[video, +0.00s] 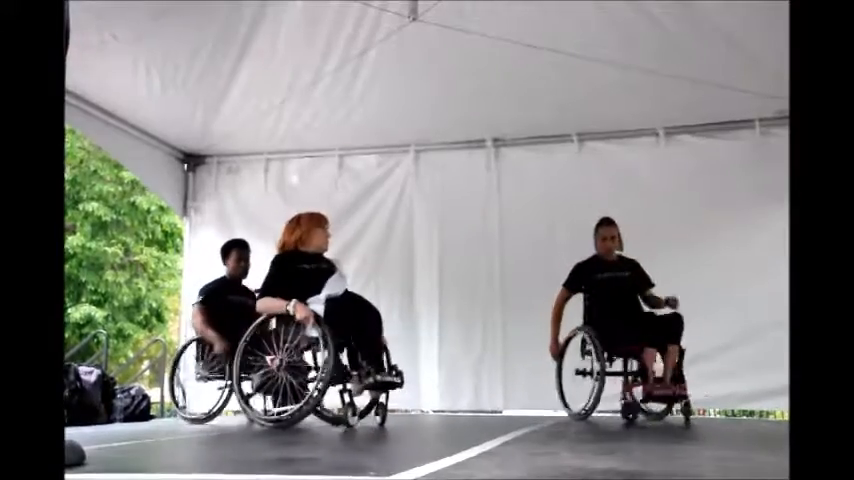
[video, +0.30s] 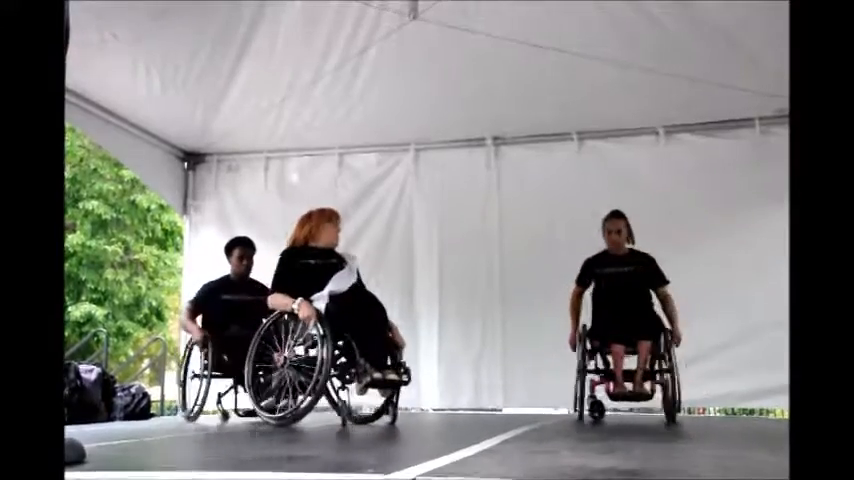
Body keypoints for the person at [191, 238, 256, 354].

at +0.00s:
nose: (244, 264)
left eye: (246, 260)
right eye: (239, 260)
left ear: (249, 261)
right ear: (226, 261)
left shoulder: (249, 295)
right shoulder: (210, 290)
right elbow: (198, 322)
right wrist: (217, 340)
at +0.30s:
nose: (247, 263)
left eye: (250, 258)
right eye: (241, 258)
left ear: (253, 259)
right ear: (230, 259)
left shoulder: (261, 292)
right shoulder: (212, 290)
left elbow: (275, 320)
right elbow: (186, 317)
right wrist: (196, 332)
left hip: (256, 355)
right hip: (221, 356)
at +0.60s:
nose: (248, 259)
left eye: (251, 254)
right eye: (242, 254)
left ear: (255, 255)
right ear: (230, 256)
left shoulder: (266, 286)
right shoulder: (215, 286)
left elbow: (287, 313)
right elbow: (190, 310)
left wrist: (292, 337)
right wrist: (193, 329)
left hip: (260, 346)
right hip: (227, 347)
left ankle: (271, 391)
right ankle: (246, 393)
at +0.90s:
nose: (255, 253)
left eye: (258, 248)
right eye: (249, 248)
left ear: (261, 251)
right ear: (236, 251)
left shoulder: (271, 285)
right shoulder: (220, 283)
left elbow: (294, 316)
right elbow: (196, 311)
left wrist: (302, 342)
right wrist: (196, 338)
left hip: (262, 342)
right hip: (230, 343)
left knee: (275, 328)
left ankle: (276, 392)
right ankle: (254, 394)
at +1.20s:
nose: (257, 251)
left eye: (260, 247)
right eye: (251, 247)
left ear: (263, 249)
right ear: (238, 249)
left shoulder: (272, 280)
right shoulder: (224, 278)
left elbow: (293, 290)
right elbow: (210, 291)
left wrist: (299, 299)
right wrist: (219, 302)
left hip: (268, 332)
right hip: (238, 333)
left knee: (284, 349)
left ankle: (280, 394)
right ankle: (260, 393)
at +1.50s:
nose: (262, 253)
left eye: (265, 247)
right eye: (256, 248)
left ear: (270, 249)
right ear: (244, 248)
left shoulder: (275, 275)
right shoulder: (230, 273)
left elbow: (299, 248)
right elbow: (210, 248)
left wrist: (281, 216)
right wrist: (238, 217)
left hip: (272, 334)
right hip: (241, 336)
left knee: (286, 322)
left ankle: (288, 390)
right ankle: (266, 392)